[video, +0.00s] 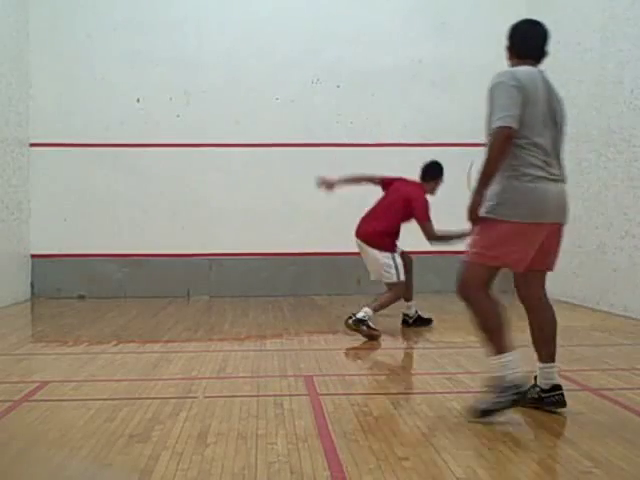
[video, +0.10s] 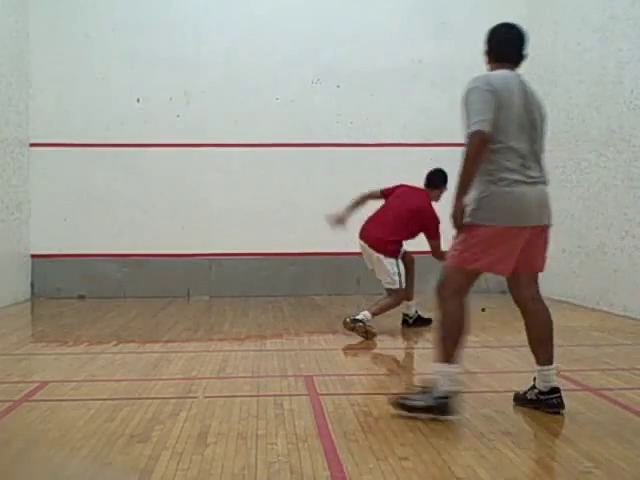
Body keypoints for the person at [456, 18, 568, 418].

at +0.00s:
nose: (506, 52)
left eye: (507, 46)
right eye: (512, 46)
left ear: (511, 48)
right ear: (542, 52)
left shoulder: (509, 80)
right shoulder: (551, 90)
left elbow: (505, 135)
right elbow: (551, 152)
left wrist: (477, 194)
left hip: (516, 201)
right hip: (553, 202)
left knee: (471, 285)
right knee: (531, 289)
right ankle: (548, 383)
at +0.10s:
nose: (486, 56)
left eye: (487, 50)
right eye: (492, 51)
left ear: (488, 53)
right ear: (522, 56)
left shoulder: (484, 85)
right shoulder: (532, 96)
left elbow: (479, 138)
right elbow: (533, 155)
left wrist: (459, 197)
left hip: (497, 204)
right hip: (537, 205)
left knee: (451, 288)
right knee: (527, 293)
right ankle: (546, 386)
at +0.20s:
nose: (461, 59)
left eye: (461, 53)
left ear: (461, 57)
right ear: (494, 60)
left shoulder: (455, 95)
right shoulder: (505, 100)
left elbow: (453, 148)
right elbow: (515, 155)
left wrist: (433, 206)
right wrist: (495, 193)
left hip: (472, 213)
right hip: (515, 211)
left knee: (421, 293)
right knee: (516, 296)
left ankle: (404, 389)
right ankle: (545, 386)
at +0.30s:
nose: (428, 60)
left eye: (430, 55)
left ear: (430, 60)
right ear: (463, 61)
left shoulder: (424, 99)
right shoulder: (475, 103)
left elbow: (421, 156)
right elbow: (479, 159)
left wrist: (406, 215)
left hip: (441, 219)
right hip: (484, 217)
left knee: (396, 296)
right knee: (495, 295)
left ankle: (402, 392)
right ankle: (538, 379)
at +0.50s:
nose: (363, 43)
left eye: (363, 37)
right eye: (374, 36)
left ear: (364, 40)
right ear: (397, 41)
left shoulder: (367, 75)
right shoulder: (407, 80)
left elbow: (377, 123)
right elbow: (423, 148)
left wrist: (363, 197)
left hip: (388, 198)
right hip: (422, 195)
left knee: (365, 288)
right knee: (407, 286)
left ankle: (390, 383)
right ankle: (456, 370)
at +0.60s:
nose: (324, 53)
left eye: (325, 46)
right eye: (327, 46)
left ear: (330, 48)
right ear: (360, 46)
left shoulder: (347, 84)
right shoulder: (369, 83)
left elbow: (356, 153)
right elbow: (375, 159)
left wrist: (338, 215)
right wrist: (328, 214)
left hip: (367, 214)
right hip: (392, 211)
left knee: (314, 290)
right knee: (385, 298)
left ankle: (348, 387)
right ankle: (442, 388)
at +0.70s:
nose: (285, 72)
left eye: (286, 64)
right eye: (288, 64)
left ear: (291, 66)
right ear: (321, 65)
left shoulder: (312, 102)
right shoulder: (331, 102)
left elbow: (325, 152)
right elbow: (302, 181)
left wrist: (295, 199)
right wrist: (252, 219)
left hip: (333, 231)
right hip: (362, 227)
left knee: (262, 301)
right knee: (384, 311)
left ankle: (287, 406)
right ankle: (445, 392)